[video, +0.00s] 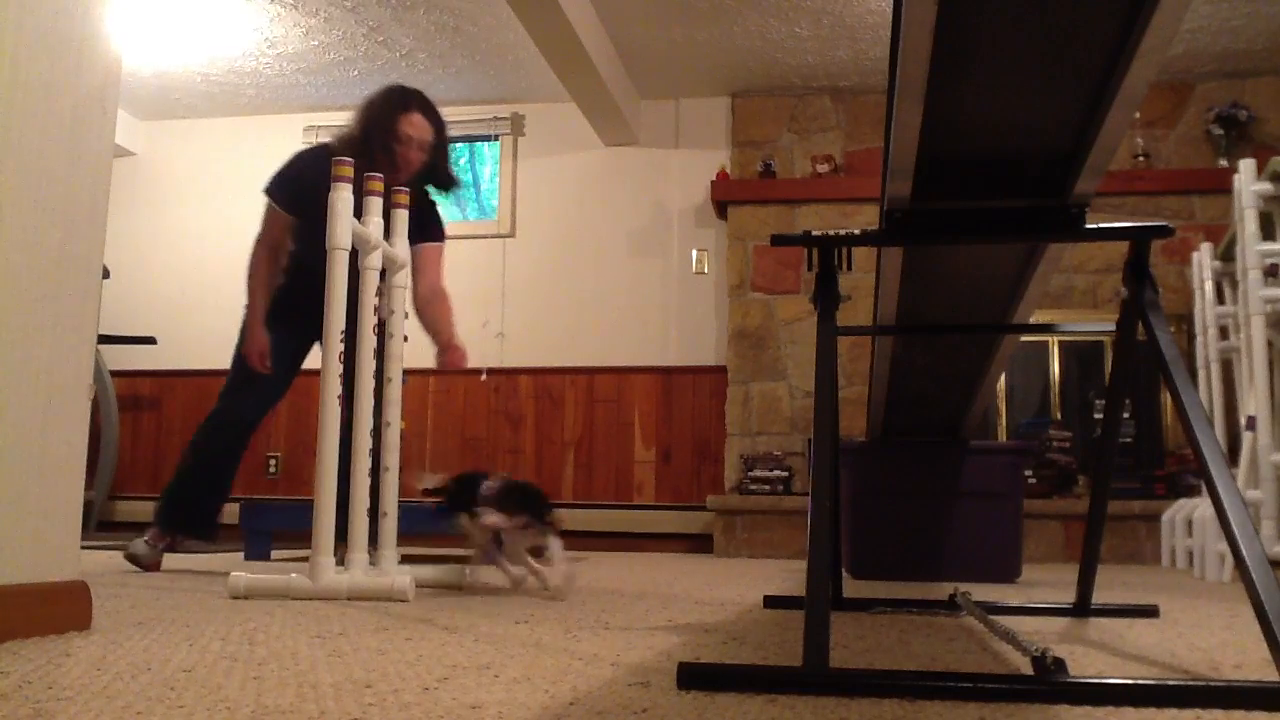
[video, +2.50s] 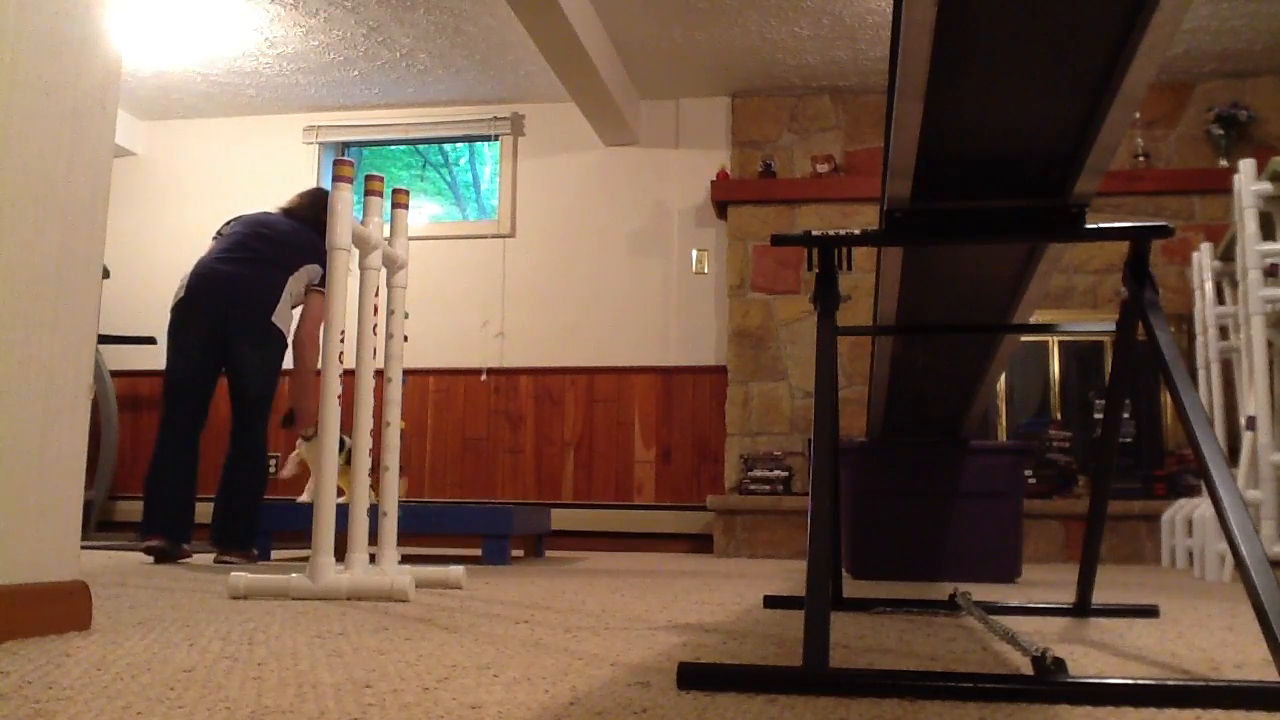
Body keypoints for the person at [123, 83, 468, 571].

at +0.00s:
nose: (413, 156)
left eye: (424, 147)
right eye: (404, 142)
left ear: (433, 151)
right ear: (377, 135)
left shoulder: (417, 206)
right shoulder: (317, 168)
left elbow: (430, 286)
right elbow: (269, 245)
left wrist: (446, 338)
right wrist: (256, 322)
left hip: (365, 310)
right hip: (298, 298)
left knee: (369, 422)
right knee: (240, 407)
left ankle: (356, 542)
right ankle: (170, 526)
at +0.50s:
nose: (308, 134)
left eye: (315, 126)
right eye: (300, 119)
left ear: (315, 134)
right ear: (270, 114)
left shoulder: (280, 187)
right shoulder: (220, 159)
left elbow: (246, 256)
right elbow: (197, 252)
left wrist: (266, 312)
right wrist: (210, 334)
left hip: (208, 297)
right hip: (151, 293)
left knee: (254, 403)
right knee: (163, 412)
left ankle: (240, 527)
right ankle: (117, 542)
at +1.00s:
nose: (285, 176)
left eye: (287, 166)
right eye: (284, 166)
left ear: (235, 151)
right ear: (271, 164)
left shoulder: (184, 186)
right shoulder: (259, 208)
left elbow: (146, 251)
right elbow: (265, 294)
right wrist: (285, 347)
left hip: (122, 306)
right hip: (177, 318)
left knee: (153, 420)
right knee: (186, 421)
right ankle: (138, 525)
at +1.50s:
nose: (297, 211)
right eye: (296, 203)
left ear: (243, 182)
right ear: (290, 198)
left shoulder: (195, 207)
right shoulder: (283, 233)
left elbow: (172, 264)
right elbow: (266, 297)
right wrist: (244, 335)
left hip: (163, 321)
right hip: (227, 329)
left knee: (163, 432)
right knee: (234, 433)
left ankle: (160, 539)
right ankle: (233, 540)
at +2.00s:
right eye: (321, 227)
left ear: (273, 204)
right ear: (317, 222)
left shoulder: (229, 221)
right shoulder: (313, 249)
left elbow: (189, 288)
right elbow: (293, 323)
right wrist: (280, 401)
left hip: (189, 319)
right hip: (252, 328)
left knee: (176, 425)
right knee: (247, 434)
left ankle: (162, 538)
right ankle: (233, 543)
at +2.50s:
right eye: (337, 235)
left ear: (293, 206)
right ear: (330, 225)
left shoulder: (243, 222)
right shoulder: (322, 252)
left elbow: (199, 281)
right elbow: (306, 335)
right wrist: (304, 409)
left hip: (194, 313)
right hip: (257, 327)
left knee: (180, 423)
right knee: (249, 434)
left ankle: (164, 533)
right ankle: (233, 543)